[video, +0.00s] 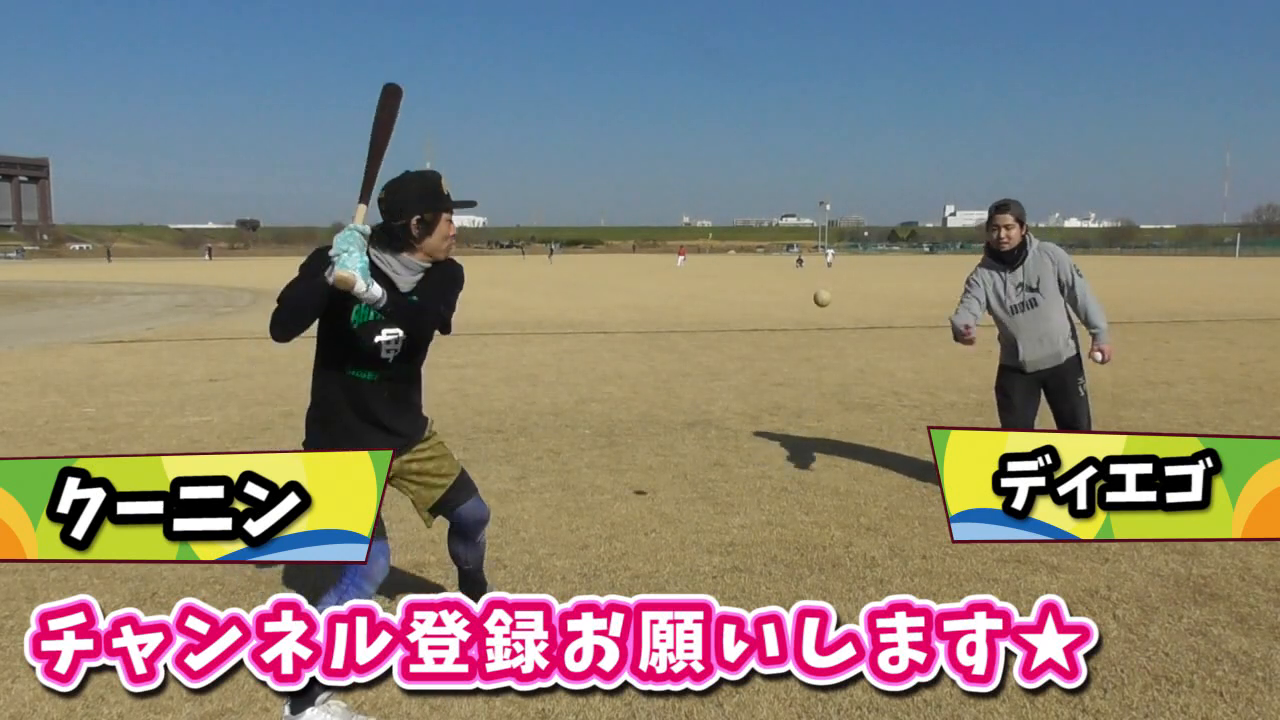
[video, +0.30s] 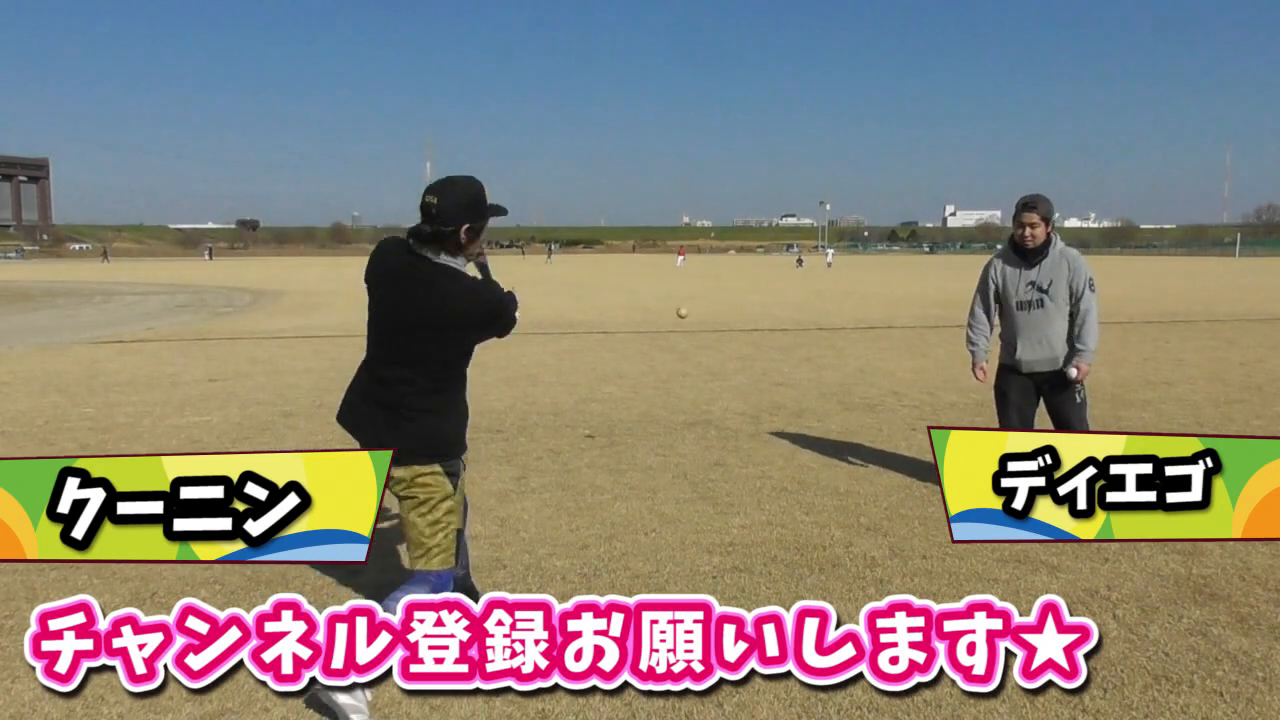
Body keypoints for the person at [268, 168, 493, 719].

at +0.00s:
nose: (455, 226)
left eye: (453, 216)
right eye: (446, 218)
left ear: (420, 225)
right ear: (416, 226)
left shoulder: (445, 274)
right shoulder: (338, 259)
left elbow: (417, 331)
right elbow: (281, 328)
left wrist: (363, 289)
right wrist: (331, 269)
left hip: (406, 428)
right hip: (343, 437)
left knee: (471, 514)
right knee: (369, 564)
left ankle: (475, 605)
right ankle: (305, 694)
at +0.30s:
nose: (484, 233)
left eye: (483, 224)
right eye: (482, 226)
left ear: (428, 222)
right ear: (467, 232)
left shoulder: (385, 256)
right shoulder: (466, 296)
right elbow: (506, 315)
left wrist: (459, 256)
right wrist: (483, 274)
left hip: (370, 426)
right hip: (424, 444)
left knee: (446, 511)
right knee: (434, 569)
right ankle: (348, 670)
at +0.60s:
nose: (485, 207)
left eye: (476, 198)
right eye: (484, 200)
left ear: (424, 203)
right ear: (478, 208)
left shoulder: (390, 254)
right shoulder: (493, 256)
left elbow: (305, 215)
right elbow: (444, 257)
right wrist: (394, 236)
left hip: (402, 435)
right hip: (464, 439)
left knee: (442, 549)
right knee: (444, 570)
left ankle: (479, 636)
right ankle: (393, 693)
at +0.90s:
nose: (483, 206)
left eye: (434, 188)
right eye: (486, 199)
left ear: (429, 202)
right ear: (484, 213)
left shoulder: (396, 250)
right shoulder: (499, 267)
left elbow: (321, 199)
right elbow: (456, 260)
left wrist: (278, 127)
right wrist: (382, 254)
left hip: (400, 432)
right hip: (461, 437)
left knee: (434, 555)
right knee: (436, 575)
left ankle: (470, 639)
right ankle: (395, 693)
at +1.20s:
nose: (483, 208)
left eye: (451, 197)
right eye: (490, 204)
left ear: (434, 202)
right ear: (490, 213)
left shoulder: (399, 247)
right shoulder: (503, 270)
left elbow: (326, 202)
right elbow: (496, 312)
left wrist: (271, 139)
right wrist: (409, 273)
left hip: (400, 430)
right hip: (461, 435)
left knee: (435, 548)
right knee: (436, 569)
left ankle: (464, 611)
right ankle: (393, 693)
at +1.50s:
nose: (503, 214)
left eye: (497, 204)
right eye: (501, 207)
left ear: (447, 202)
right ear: (494, 214)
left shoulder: (403, 250)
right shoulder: (511, 275)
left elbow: (347, 270)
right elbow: (516, 334)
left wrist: (286, 269)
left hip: (401, 422)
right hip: (463, 430)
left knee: (437, 540)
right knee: (437, 562)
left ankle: (467, 615)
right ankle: (395, 686)